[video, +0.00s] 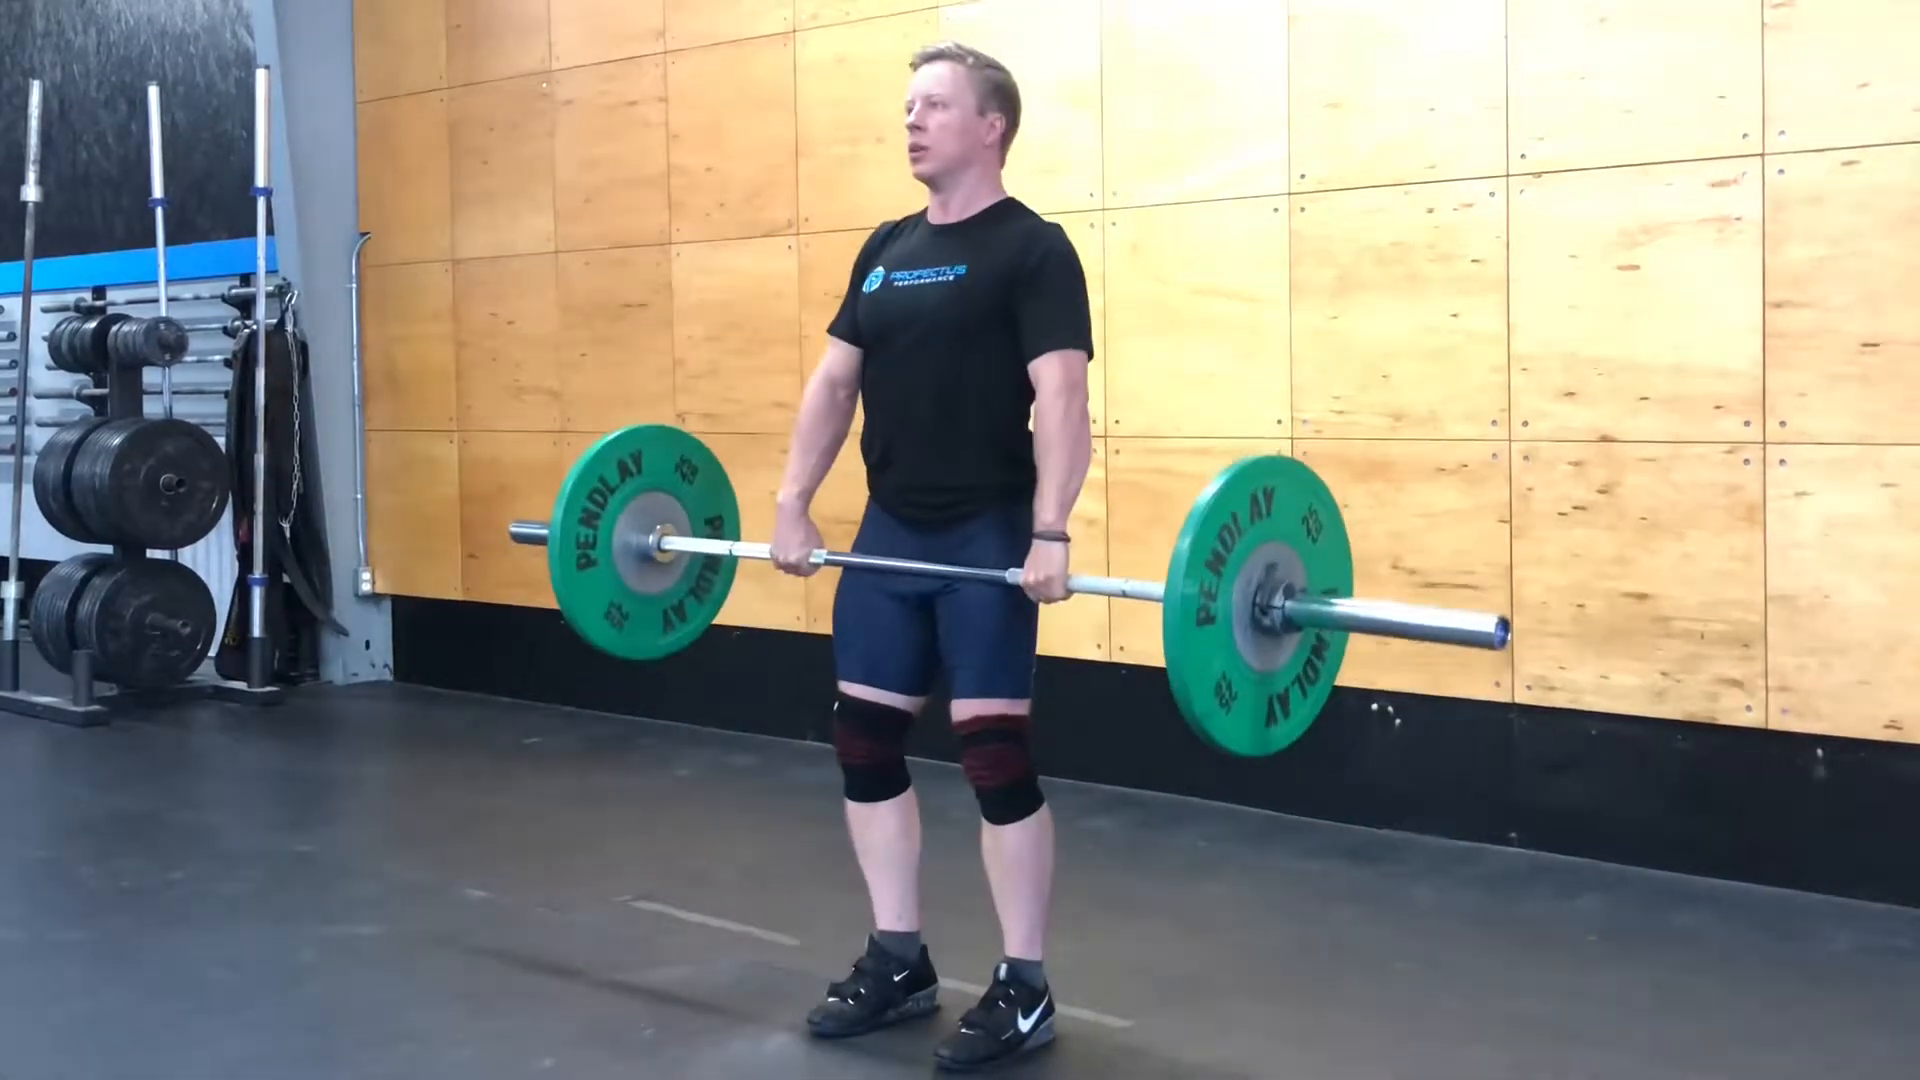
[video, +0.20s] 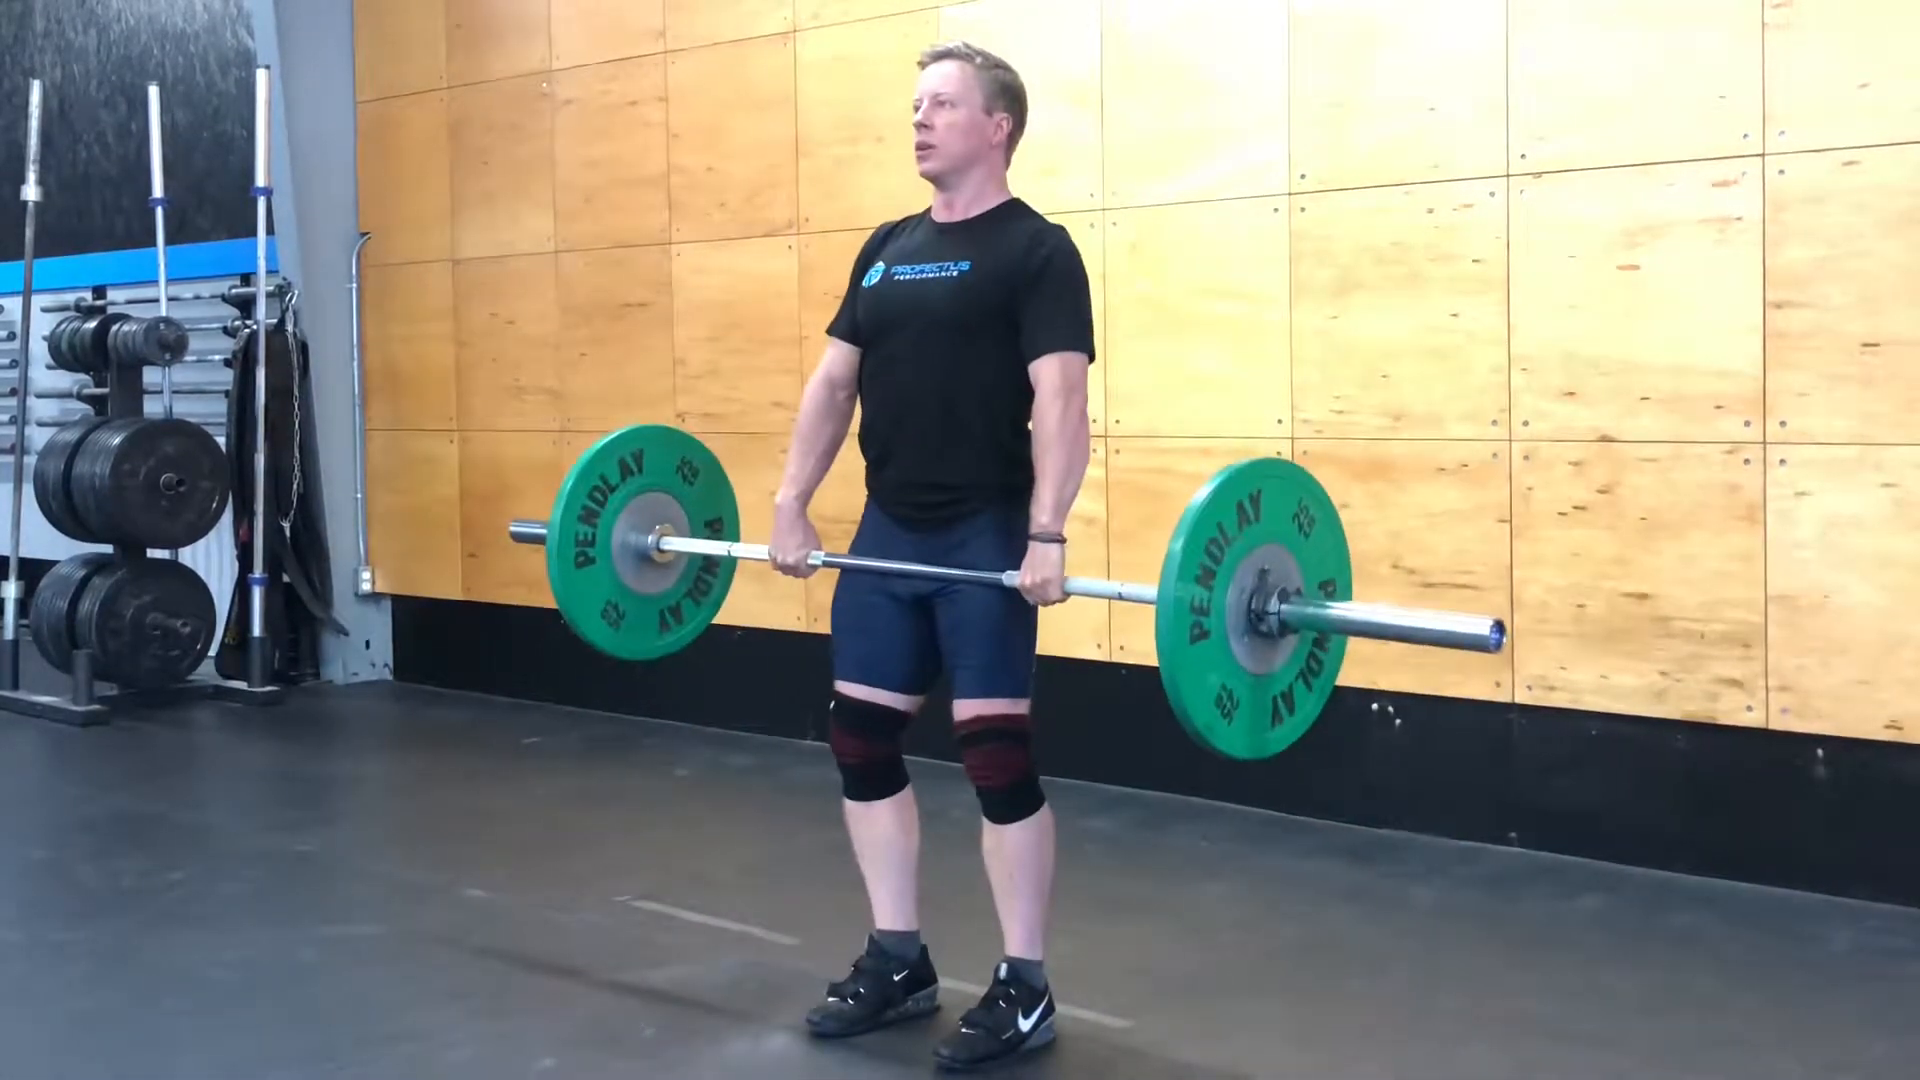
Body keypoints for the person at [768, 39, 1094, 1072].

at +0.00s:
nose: (911, 122)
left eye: (932, 108)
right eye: (909, 108)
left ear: (992, 127)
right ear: (917, 129)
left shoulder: (1033, 247)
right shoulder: (884, 250)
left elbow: (1062, 395)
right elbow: (834, 382)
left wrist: (1050, 529)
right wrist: (792, 499)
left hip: (992, 532)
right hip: (889, 526)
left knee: (994, 754)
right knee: (865, 738)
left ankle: (1024, 987)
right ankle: (897, 962)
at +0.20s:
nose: (920, 121)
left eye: (941, 107)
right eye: (917, 107)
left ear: (999, 128)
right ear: (922, 127)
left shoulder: (1037, 249)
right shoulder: (886, 249)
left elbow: (1062, 398)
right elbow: (834, 382)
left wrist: (1047, 529)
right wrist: (791, 499)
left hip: (990, 532)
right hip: (887, 525)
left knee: (996, 755)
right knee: (861, 737)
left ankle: (1024, 986)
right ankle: (897, 962)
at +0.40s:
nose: (922, 121)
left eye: (944, 107)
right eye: (922, 108)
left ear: (1001, 128)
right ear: (930, 127)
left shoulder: (1039, 249)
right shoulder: (887, 250)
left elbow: (1060, 399)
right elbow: (835, 384)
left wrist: (1045, 532)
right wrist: (791, 502)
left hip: (989, 532)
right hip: (886, 526)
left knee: (994, 758)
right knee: (858, 736)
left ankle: (1024, 987)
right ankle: (896, 961)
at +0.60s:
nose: (922, 122)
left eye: (944, 108)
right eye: (921, 108)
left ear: (1001, 130)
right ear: (927, 128)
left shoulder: (1037, 251)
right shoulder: (887, 252)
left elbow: (1057, 398)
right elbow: (836, 389)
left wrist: (1047, 539)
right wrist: (793, 508)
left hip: (992, 534)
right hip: (888, 527)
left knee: (996, 760)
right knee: (859, 738)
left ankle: (1024, 988)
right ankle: (896, 961)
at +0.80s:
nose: (919, 119)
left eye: (941, 105)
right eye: (917, 106)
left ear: (998, 128)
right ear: (924, 129)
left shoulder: (1037, 251)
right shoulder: (883, 253)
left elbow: (1052, 398)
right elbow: (837, 390)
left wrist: (1047, 541)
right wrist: (797, 511)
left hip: (991, 534)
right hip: (889, 528)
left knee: (998, 760)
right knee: (862, 737)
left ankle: (1023, 990)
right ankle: (897, 962)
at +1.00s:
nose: (917, 118)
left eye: (938, 104)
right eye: (915, 105)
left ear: (996, 125)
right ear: (924, 127)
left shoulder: (1036, 249)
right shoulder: (883, 253)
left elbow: (1051, 400)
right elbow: (837, 392)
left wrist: (1047, 543)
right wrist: (799, 513)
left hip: (993, 535)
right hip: (892, 528)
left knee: (1000, 760)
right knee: (865, 737)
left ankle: (1024, 989)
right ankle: (897, 962)